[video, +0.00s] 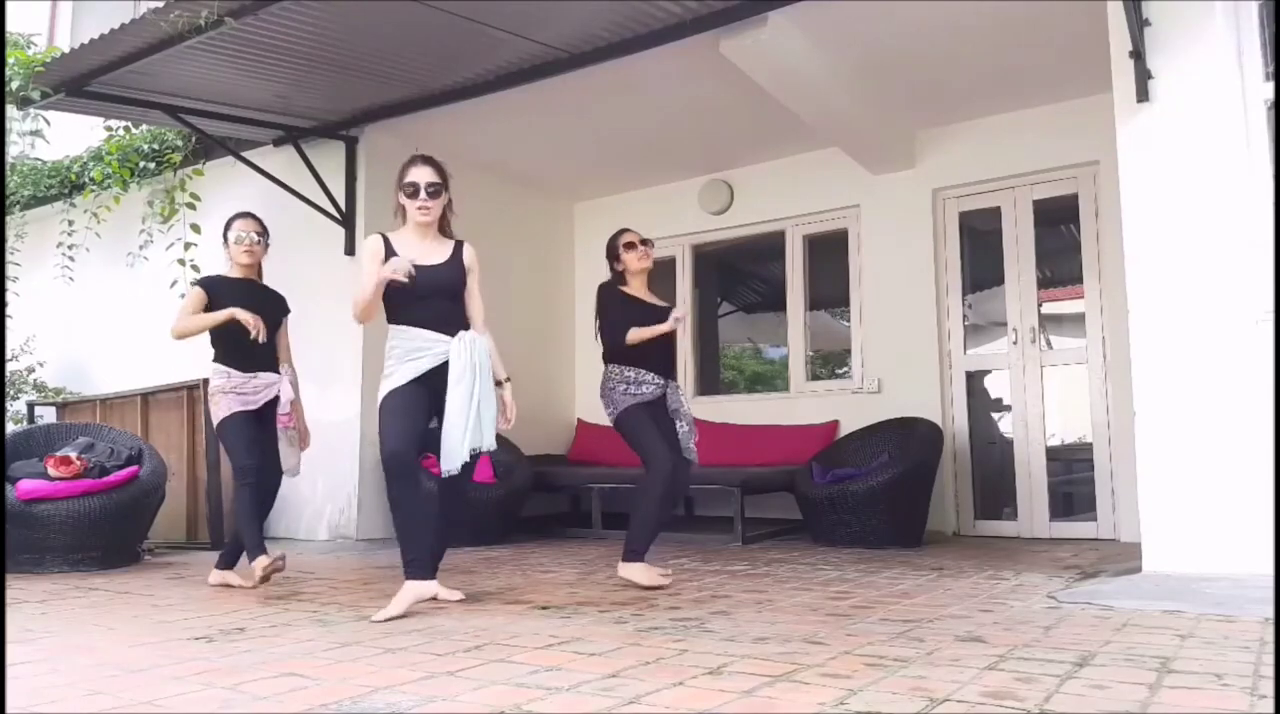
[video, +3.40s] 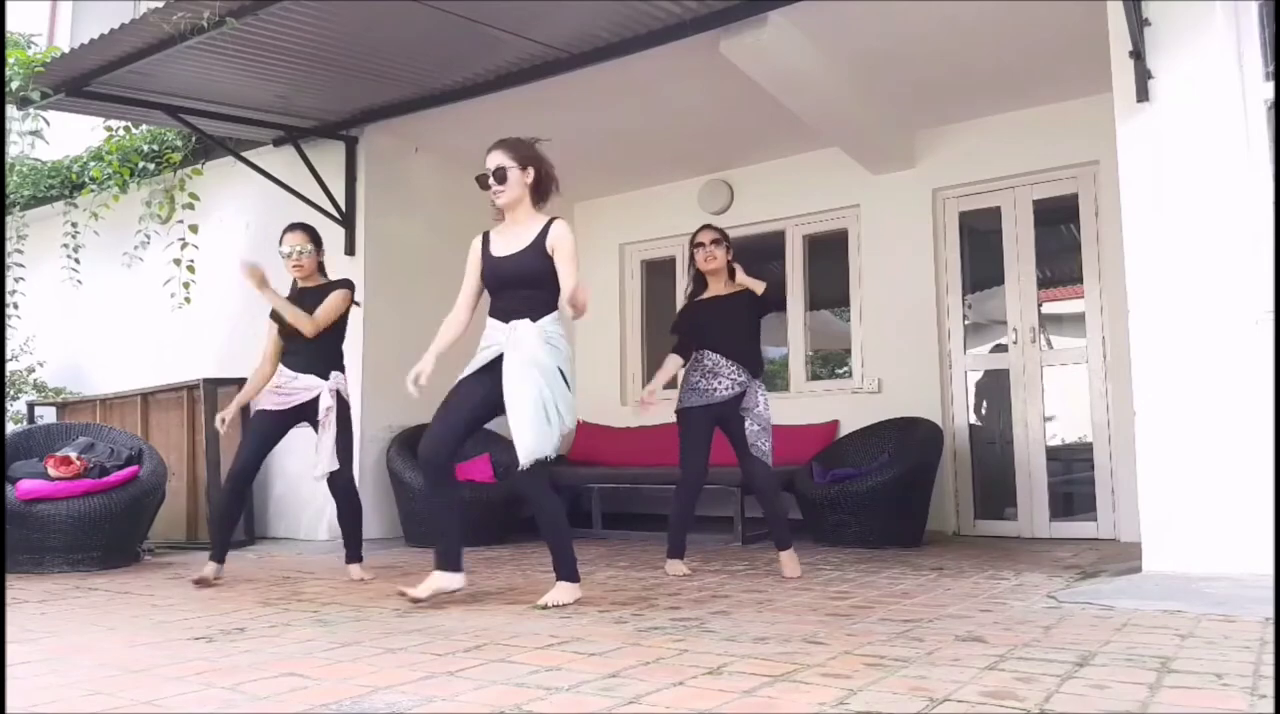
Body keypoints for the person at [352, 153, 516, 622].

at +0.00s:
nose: (423, 197)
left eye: (433, 189)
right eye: (413, 190)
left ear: (446, 197)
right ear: (400, 197)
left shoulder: (463, 253)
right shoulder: (380, 245)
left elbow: (479, 325)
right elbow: (363, 314)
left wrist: (502, 381)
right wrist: (380, 277)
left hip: (460, 368)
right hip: (407, 367)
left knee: (453, 472)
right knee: (396, 454)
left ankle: (428, 575)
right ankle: (417, 576)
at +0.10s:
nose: (421, 205)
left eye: (430, 198)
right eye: (411, 197)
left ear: (444, 205)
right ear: (399, 205)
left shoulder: (465, 259)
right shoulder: (379, 261)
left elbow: (479, 333)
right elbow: (375, 345)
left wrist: (497, 389)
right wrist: (374, 320)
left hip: (460, 376)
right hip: (403, 376)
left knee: (460, 478)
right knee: (375, 453)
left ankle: (426, 576)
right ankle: (395, 578)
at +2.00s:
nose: (408, 193)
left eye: (417, 183)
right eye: (401, 187)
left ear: (443, 185)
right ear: (399, 196)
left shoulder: (470, 240)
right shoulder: (398, 249)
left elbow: (490, 307)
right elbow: (379, 316)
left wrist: (518, 343)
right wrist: (333, 303)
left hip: (454, 364)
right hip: (405, 366)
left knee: (437, 465)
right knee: (346, 457)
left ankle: (453, 575)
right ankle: (376, 570)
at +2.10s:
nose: (399, 196)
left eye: (407, 186)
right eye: (395, 190)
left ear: (435, 187)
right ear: (402, 197)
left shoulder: (467, 238)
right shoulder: (400, 251)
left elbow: (484, 302)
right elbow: (367, 303)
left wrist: (502, 348)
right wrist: (355, 240)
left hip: (445, 363)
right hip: (398, 363)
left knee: (429, 467)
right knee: (353, 465)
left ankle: (451, 577)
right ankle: (384, 571)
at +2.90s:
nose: (415, 190)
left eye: (422, 181)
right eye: (413, 183)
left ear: (452, 180)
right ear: (442, 183)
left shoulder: (487, 243)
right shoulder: (405, 236)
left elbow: (506, 315)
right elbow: (372, 289)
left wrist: (530, 367)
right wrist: (352, 300)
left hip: (449, 362)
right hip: (393, 358)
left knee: (465, 468)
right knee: (389, 469)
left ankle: (487, 576)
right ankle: (379, 577)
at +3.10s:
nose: (451, 185)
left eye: (457, 176)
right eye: (449, 178)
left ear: (488, 174)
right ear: (472, 178)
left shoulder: (523, 230)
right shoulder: (448, 237)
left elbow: (540, 299)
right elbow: (444, 303)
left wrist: (557, 362)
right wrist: (412, 334)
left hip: (492, 356)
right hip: (441, 354)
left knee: (512, 467)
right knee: (396, 457)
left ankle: (560, 575)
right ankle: (379, 565)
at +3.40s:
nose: (492, 183)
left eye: (501, 173)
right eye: (487, 177)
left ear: (530, 175)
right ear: (486, 184)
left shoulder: (554, 232)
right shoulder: (483, 243)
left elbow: (572, 303)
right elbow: (462, 311)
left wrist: (578, 303)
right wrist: (431, 355)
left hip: (541, 360)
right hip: (494, 359)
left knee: (530, 471)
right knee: (434, 449)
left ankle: (568, 580)